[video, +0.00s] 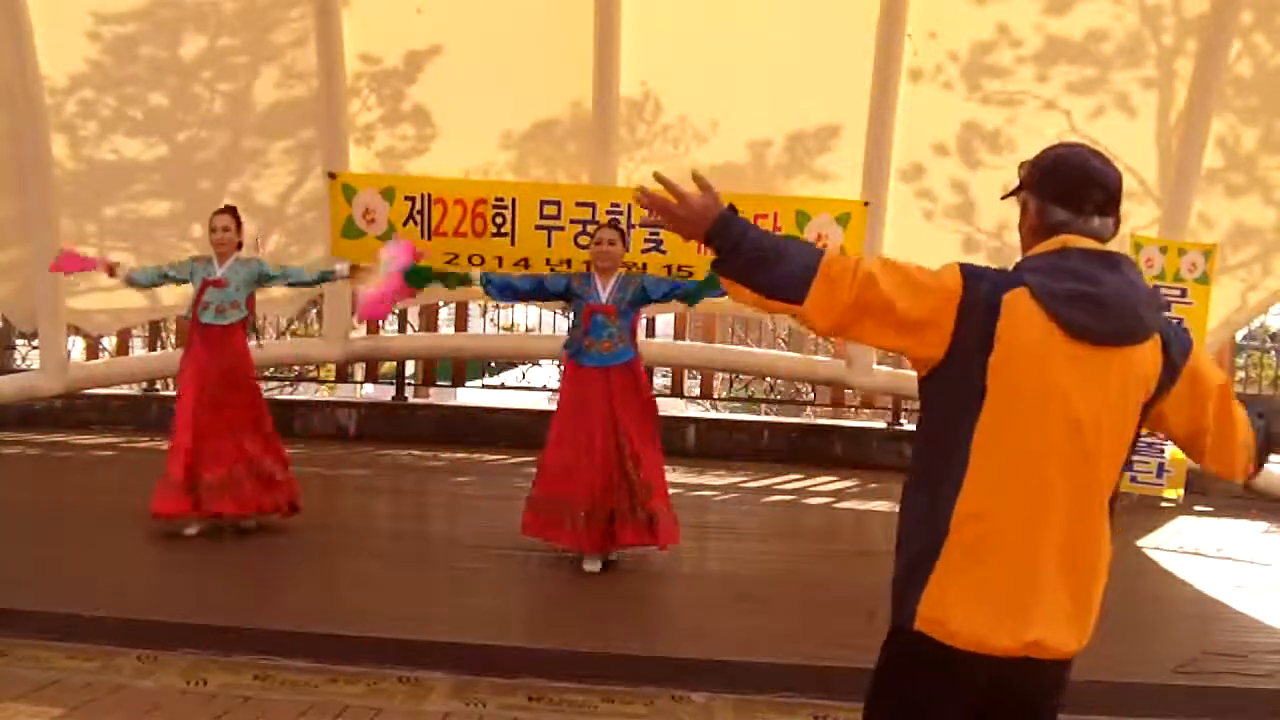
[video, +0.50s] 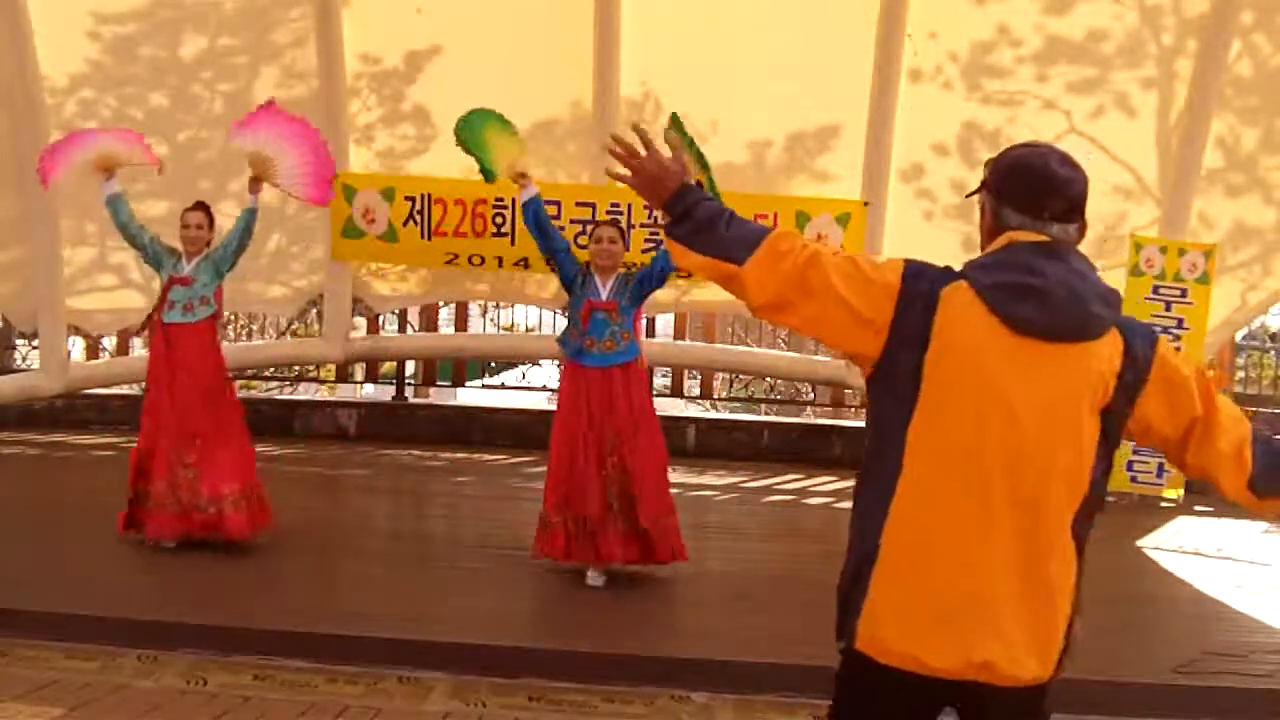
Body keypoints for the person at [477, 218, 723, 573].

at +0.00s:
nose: (604, 248)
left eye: (612, 243)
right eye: (599, 242)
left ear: (623, 251)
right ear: (589, 249)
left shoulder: (636, 286)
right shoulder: (576, 284)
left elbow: (681, 291)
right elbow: (526, 285)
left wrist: (715, 280)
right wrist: (476, 278)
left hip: (621, 381)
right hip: (583, 380)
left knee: (616, 456)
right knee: (586, 456)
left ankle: (608, 541)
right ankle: (589, 543)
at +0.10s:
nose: (604, 247)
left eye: (611, 243)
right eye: (598, 242)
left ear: (623, 252)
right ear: (590, 249)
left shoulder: (636, 285)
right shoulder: (575, 283)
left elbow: (678, 281)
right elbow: (528, 273)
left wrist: (715, 269)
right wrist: (483, 255)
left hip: (622, 380)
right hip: (583, 379)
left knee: (618, 455)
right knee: (586, 456)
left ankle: (608, 541)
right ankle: (590, 544)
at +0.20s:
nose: (604, 247)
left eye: (611, 242)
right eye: (598, 242)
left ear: (623, 250)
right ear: (589, 249)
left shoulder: (635, 286)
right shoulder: (575, 282)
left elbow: (679, 274)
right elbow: (531, 262)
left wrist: (717, 254)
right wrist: (489, 231)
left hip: (623, 381)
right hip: (583, 380)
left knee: (621, 457)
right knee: (585, 457)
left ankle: (615, 541)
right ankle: (589, 546)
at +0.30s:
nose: (604, 247)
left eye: (612, 241)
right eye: (598, 241)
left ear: (624, 250)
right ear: (588, 248)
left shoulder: (634, 283)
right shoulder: (576, 280)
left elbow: (676, 268)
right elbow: (538, 252)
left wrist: (712, 246)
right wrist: (499, 215)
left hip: (622, 380)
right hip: (581, 379)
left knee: (620, 459)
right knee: (584, 458)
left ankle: (617, 549)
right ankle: (591, 547)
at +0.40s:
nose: (604, 246)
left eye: (612, 240)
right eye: (598, 240)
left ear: (624, 248)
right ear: (588, 247)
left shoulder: (633, 285)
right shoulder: (577, 280)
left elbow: (672, 265)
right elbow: (542, 245)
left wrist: (693, 230)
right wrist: (512, 199)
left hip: (623, 380)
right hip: (583, 380)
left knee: (620, 461)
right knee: (587, 460)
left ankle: (606, 550)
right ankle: (595, 553)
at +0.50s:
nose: (605, 247)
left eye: (613, 242)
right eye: (598, 241)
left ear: (624, 251)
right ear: (588, 248)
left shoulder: (634, 286)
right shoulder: (577, 281)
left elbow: (670, 259)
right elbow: (548, 240)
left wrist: (692, 219)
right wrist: (528, 190)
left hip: (624, 386)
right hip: (583, 385)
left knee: (625, 464)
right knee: (586, 465)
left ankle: (620, 551)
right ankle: (594, 555)